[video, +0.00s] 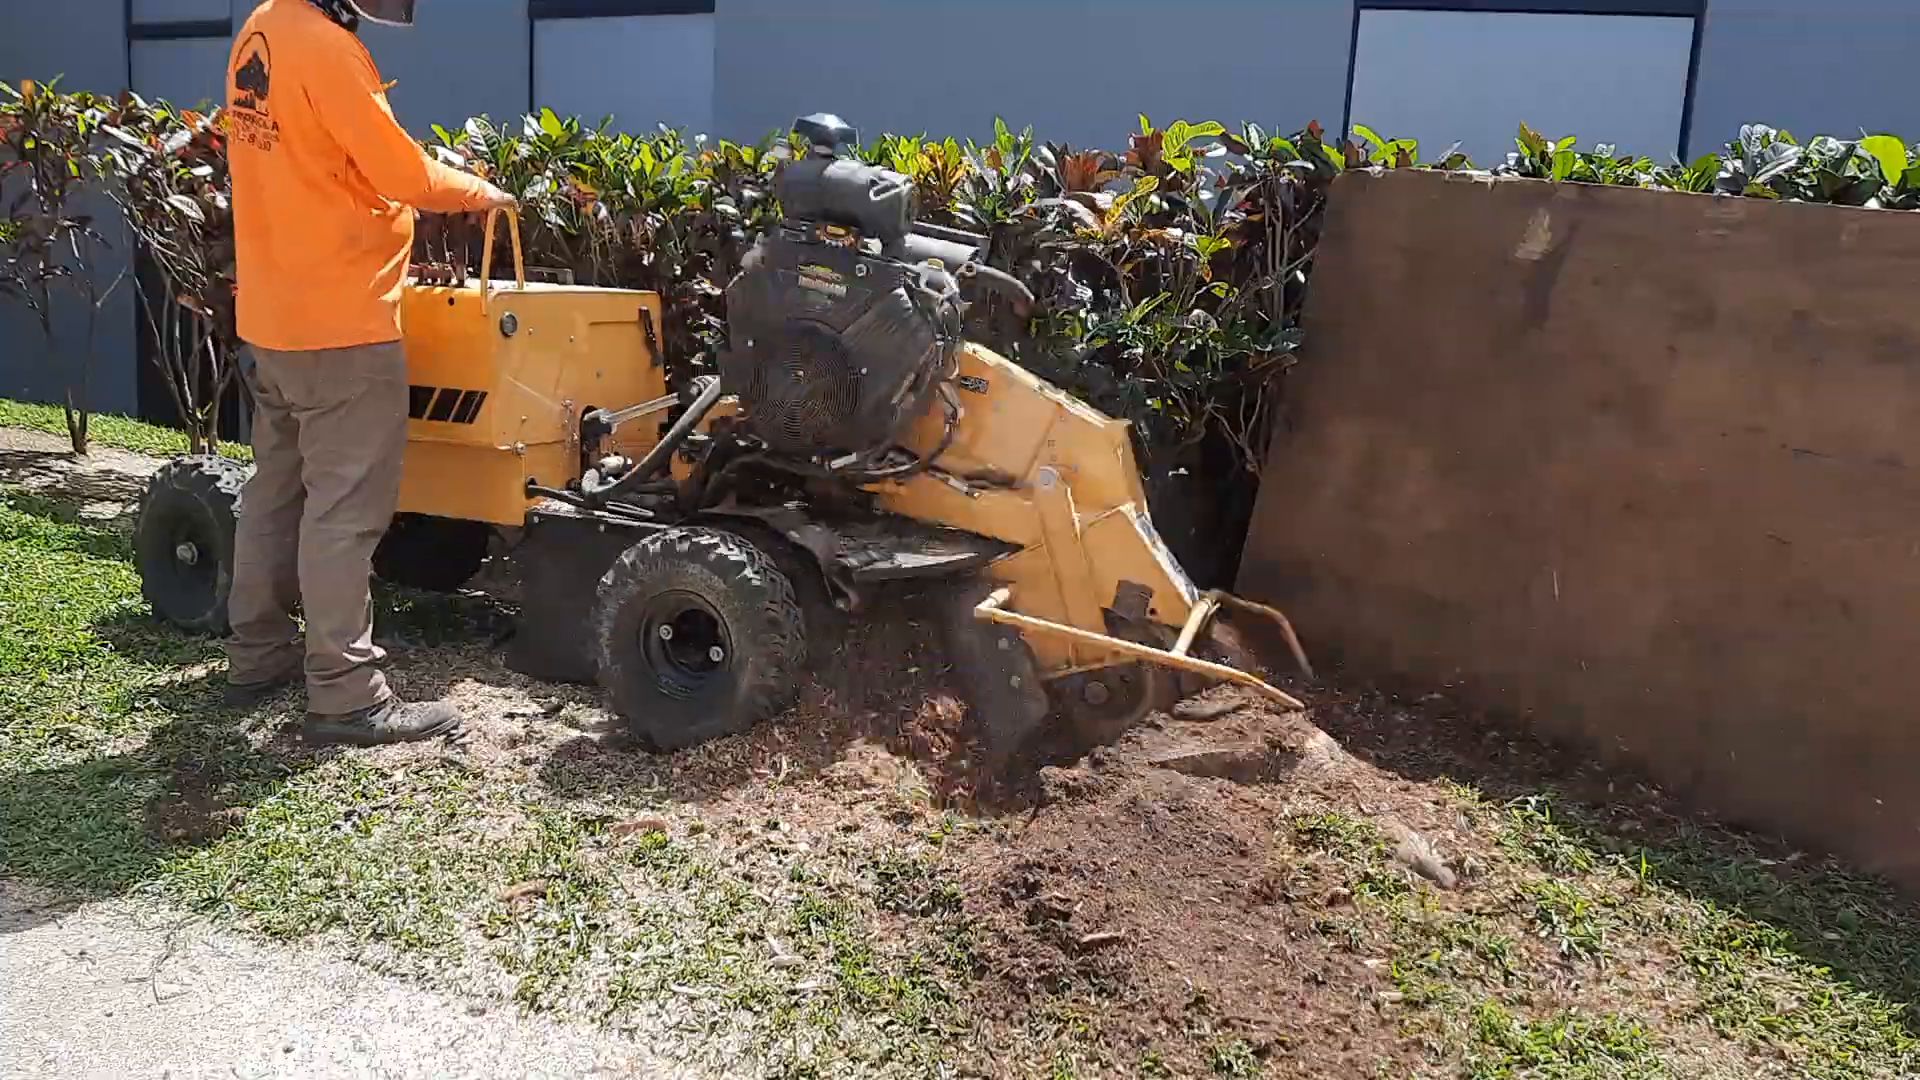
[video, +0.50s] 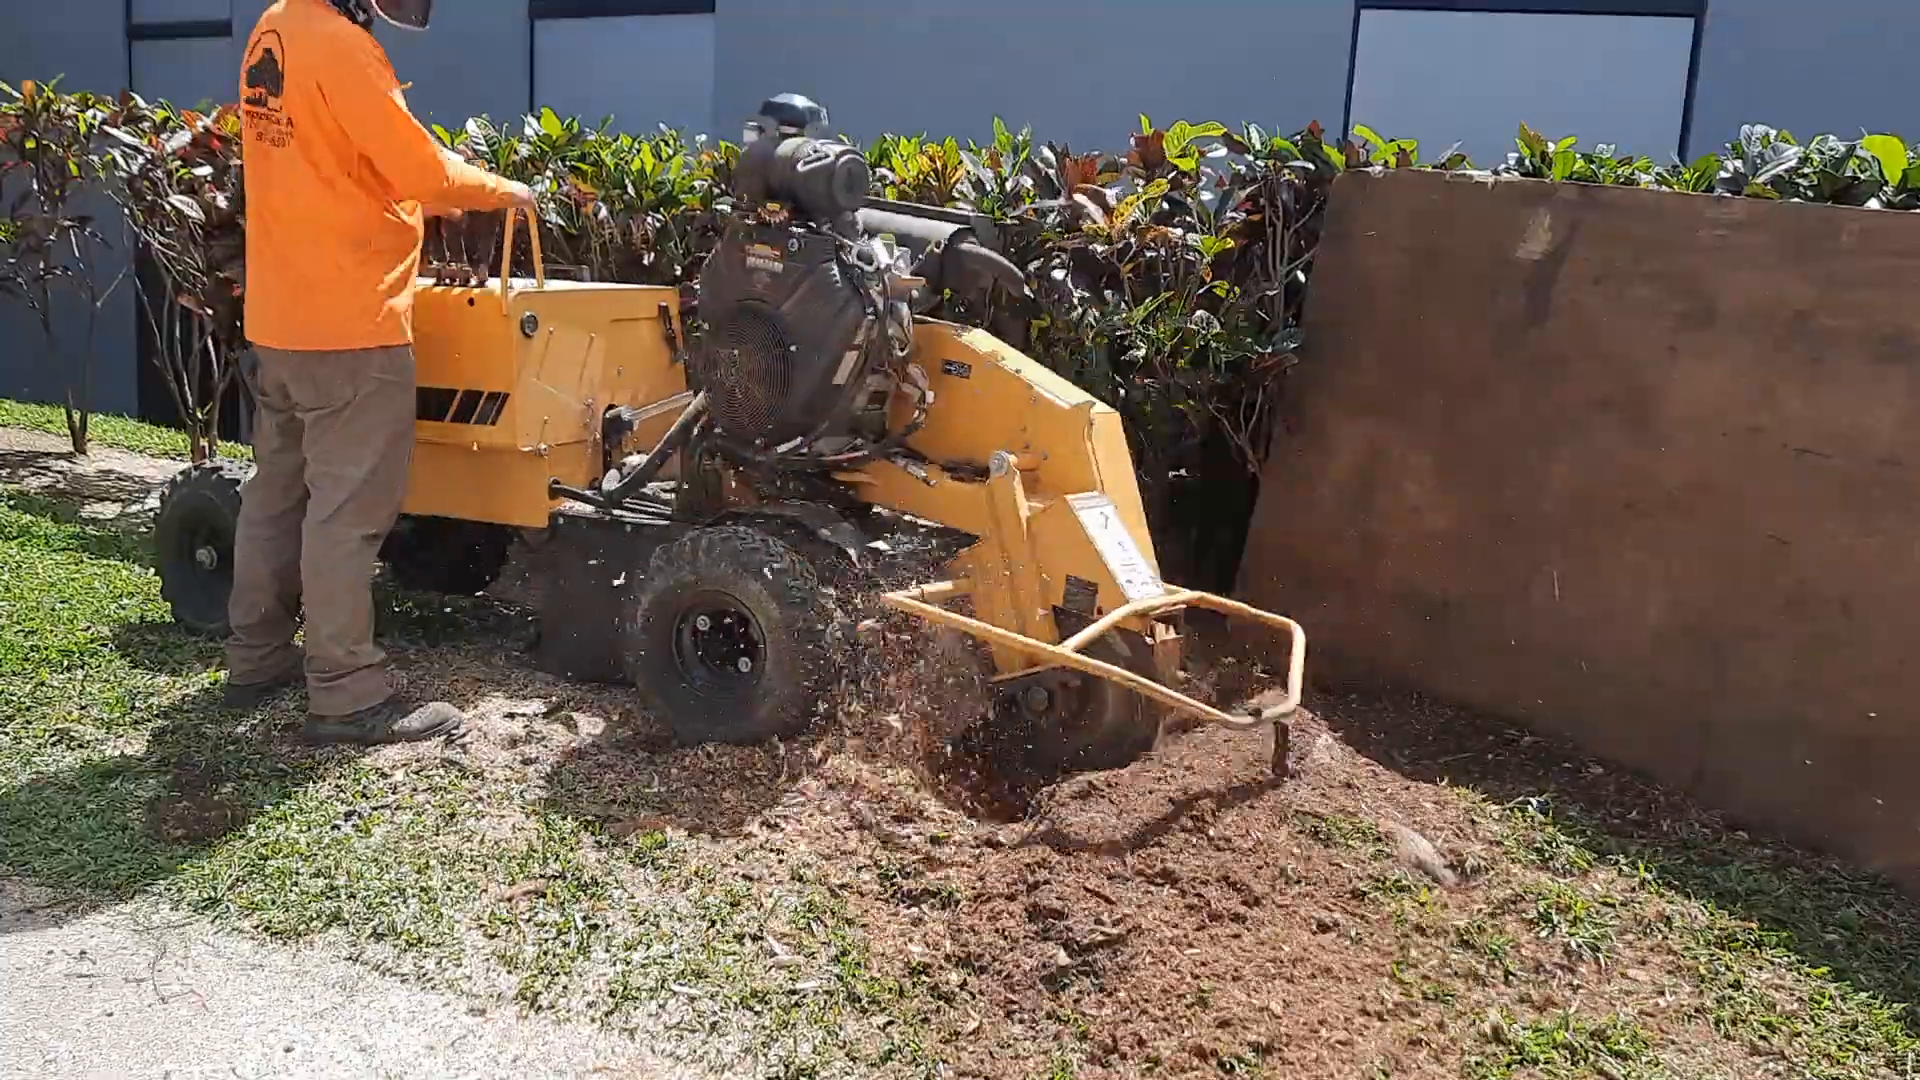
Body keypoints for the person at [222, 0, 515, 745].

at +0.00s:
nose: (397, 12)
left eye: (397, 6)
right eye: (394, 3)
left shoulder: (260, 28)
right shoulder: (329, 49)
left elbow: (321, 161)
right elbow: (404, 176)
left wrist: (438, 176)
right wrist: (475, 191)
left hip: (272, 322)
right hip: (341, 326)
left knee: (275, 492)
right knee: (347, 505)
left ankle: (257, 657)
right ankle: (343, 693)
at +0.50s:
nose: (409, 13)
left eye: (409, 7)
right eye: (407, 3)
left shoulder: (274, 27)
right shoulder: (346, 49)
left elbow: (344, 159)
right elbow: (422, 173)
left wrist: (449, 174)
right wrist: (499, 191)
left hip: (279, 323)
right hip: (352, 328)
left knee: (276, 495)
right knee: (349, 509)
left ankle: (256, 658)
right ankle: (345, 693)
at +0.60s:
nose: (416, 12)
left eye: (416, 7)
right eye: (413, 4)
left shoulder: (279, 25)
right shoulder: (345, 48)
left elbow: (342, 162)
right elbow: (413, 183)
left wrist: (444, 188)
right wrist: (472, 191)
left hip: (314, 311)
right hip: (357, 318)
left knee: (375, 482)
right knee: (344, 502)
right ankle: (323, 695)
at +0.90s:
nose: (400, 13)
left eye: (402, 6)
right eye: (399, 2)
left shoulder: (274, 23)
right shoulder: (331, 51)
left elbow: (346, 165)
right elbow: (408, 180)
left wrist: (437, 191)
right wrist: (472, 185)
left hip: (307, 317)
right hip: (351, 324)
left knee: (368, 489)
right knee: (342, 509)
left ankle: (412, 633)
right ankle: (322, 695)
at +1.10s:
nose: (434, 26)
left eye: (440, 19)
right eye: (435, 16)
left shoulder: (335, 24)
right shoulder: (362, 44)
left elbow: (373, 158)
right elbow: (422, 189)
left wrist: (450, 180)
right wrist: (476, 193)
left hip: (318, 287)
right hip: (360, 280)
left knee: (323, 488)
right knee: (549, 333)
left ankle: (294, 666)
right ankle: (617, 520)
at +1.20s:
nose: (435, 14)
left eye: (435, 8)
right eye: (431, 5)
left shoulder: (339, 30)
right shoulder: (342, 39)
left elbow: (390, 168)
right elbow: (406, 182)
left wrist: (482, 189)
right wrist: (498, 196)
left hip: (329, 288)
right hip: (360, 280)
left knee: (329, 486)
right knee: (547, 326)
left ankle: (298, 665)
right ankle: (650, 510)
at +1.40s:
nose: (479, 8)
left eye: (480, 4)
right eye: (474, 2)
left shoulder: (315, 25)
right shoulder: (437, 61)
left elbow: (297, 153)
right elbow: (501, 196)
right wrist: (529, 194)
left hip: (334, 315)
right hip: (411, 327)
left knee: (351, 491)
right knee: (398, 515)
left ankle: (302, 666)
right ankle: (373, 707)